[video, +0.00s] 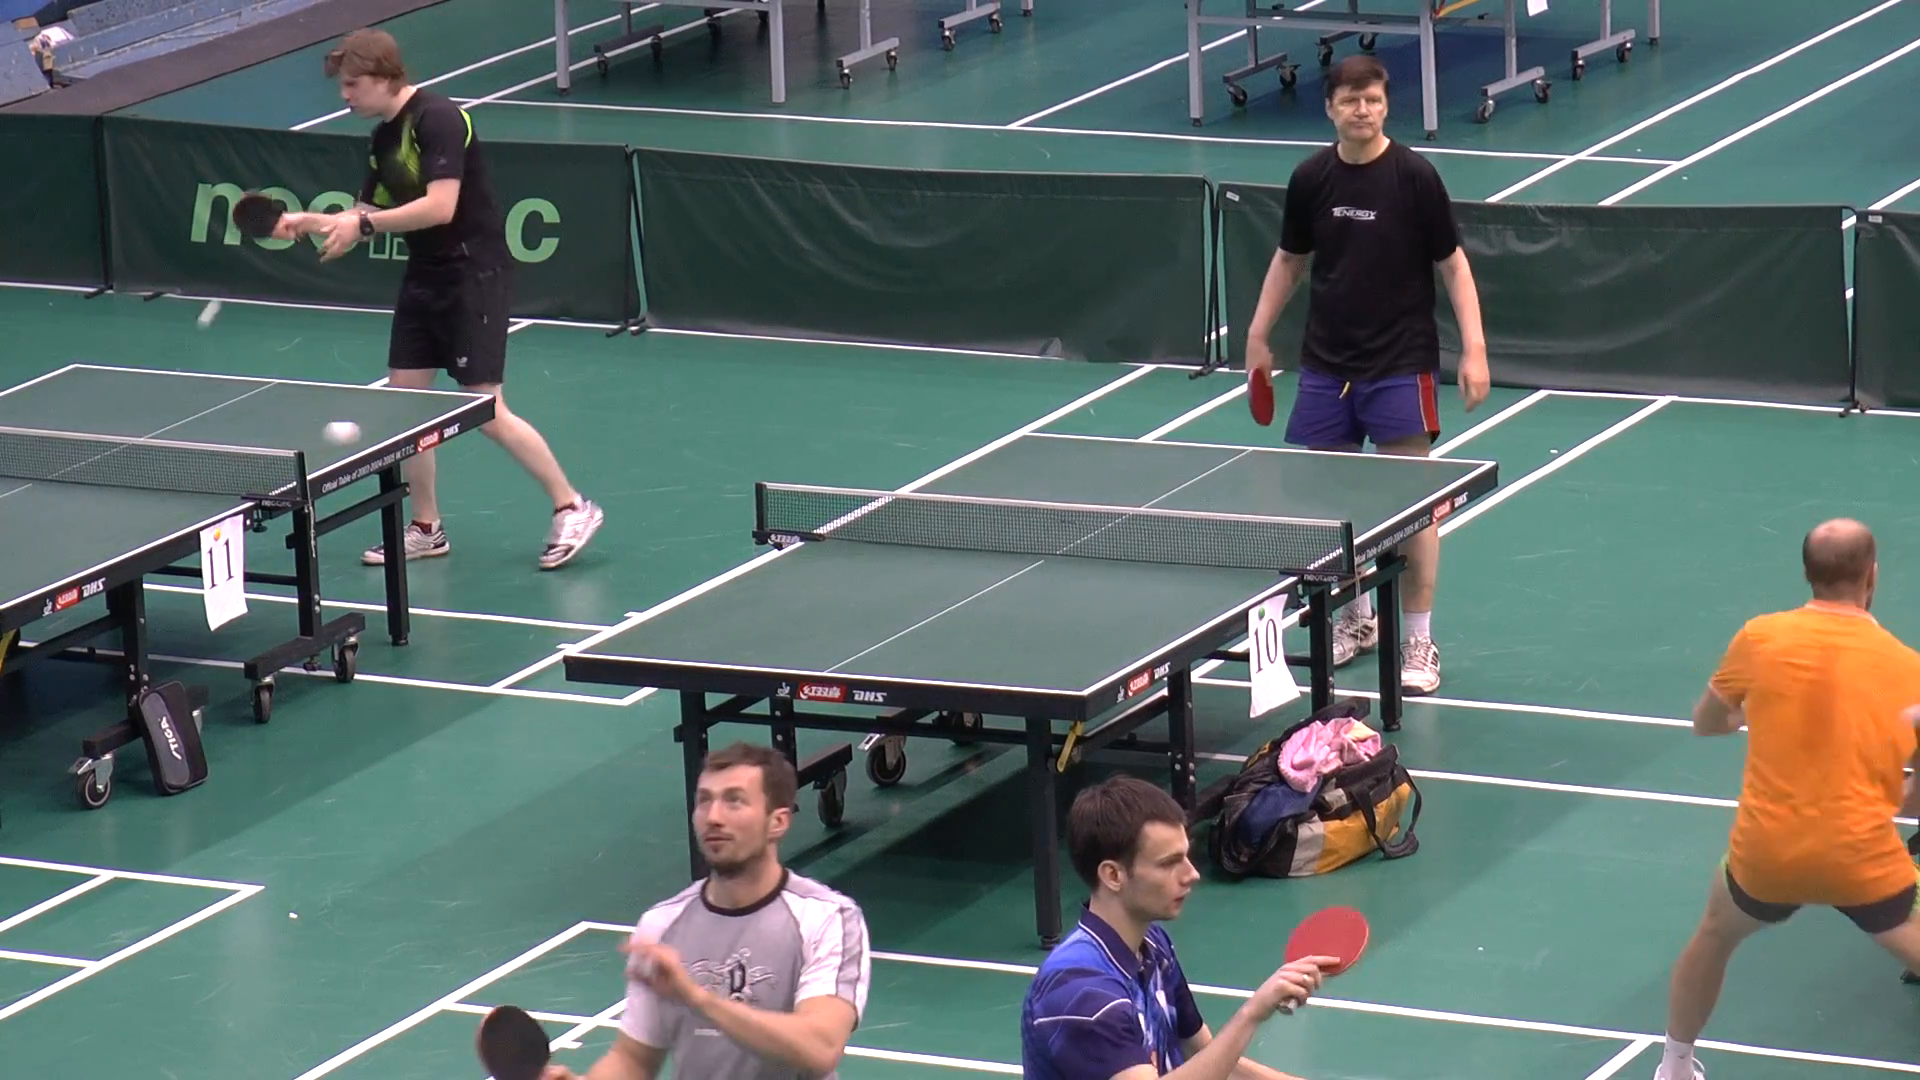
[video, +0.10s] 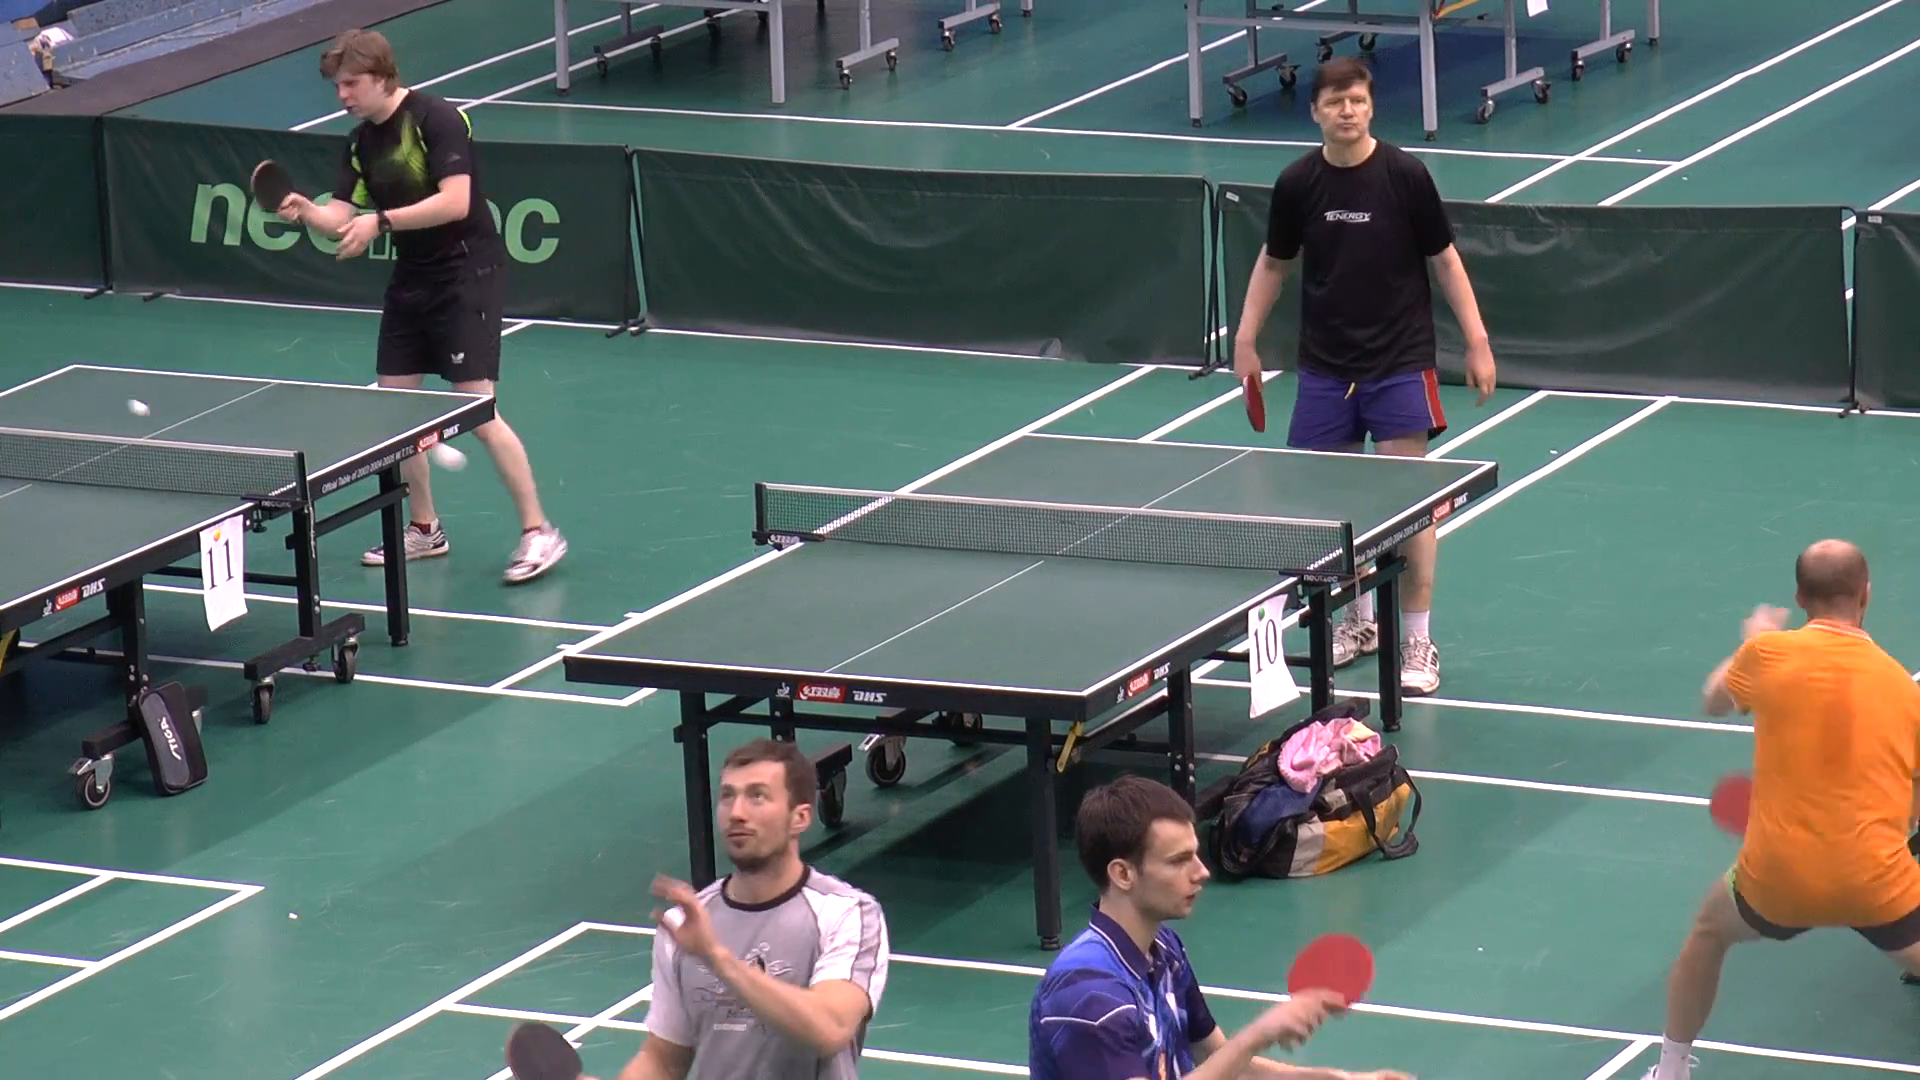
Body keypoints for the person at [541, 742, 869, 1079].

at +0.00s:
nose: (712, 817)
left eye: (734, 801)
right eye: (704, 802)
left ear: (777, 822)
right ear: (693, 814)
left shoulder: (830, 919)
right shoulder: (660, 925)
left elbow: (819, 1049)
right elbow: (631, 1058)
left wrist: (694, 997)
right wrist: (580, 1078)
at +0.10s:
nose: (735, 813)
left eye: (757, 797)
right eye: (727, 797)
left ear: (800, 818)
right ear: (717, 808)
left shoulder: (851, 915)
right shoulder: (684, 922)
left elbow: (829, 1029)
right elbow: (663, 1057)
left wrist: (716, 955)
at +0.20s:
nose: (755, 810)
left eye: (777, 793)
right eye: (745, 794)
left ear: (817, 815)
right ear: (733, 810)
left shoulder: (866, 913)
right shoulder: (693, 922)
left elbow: (833, 1017)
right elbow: (673, 1054)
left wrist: (731, 923)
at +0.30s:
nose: (767, 809)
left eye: (789, 793)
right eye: (757, 793)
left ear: (828, 816)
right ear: (745, 808)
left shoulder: (873, 914)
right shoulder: (698, 922)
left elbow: (839, 1016)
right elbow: (673, 1054)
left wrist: (748, 911)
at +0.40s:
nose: (775, 813)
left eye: (796, 798)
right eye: (763, 797)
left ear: (831, 818)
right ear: (749, 811)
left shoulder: (878, 920)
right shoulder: (700, 924)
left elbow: (850, 1033)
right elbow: (672, 1054)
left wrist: (765, 923)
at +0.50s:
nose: (775, 821)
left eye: (794, 805)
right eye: (762, 803)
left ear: (830, 818)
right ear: (747, 813)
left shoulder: (879, 926)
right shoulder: (696, 924)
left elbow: (870, 1059)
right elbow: (670, 1057)